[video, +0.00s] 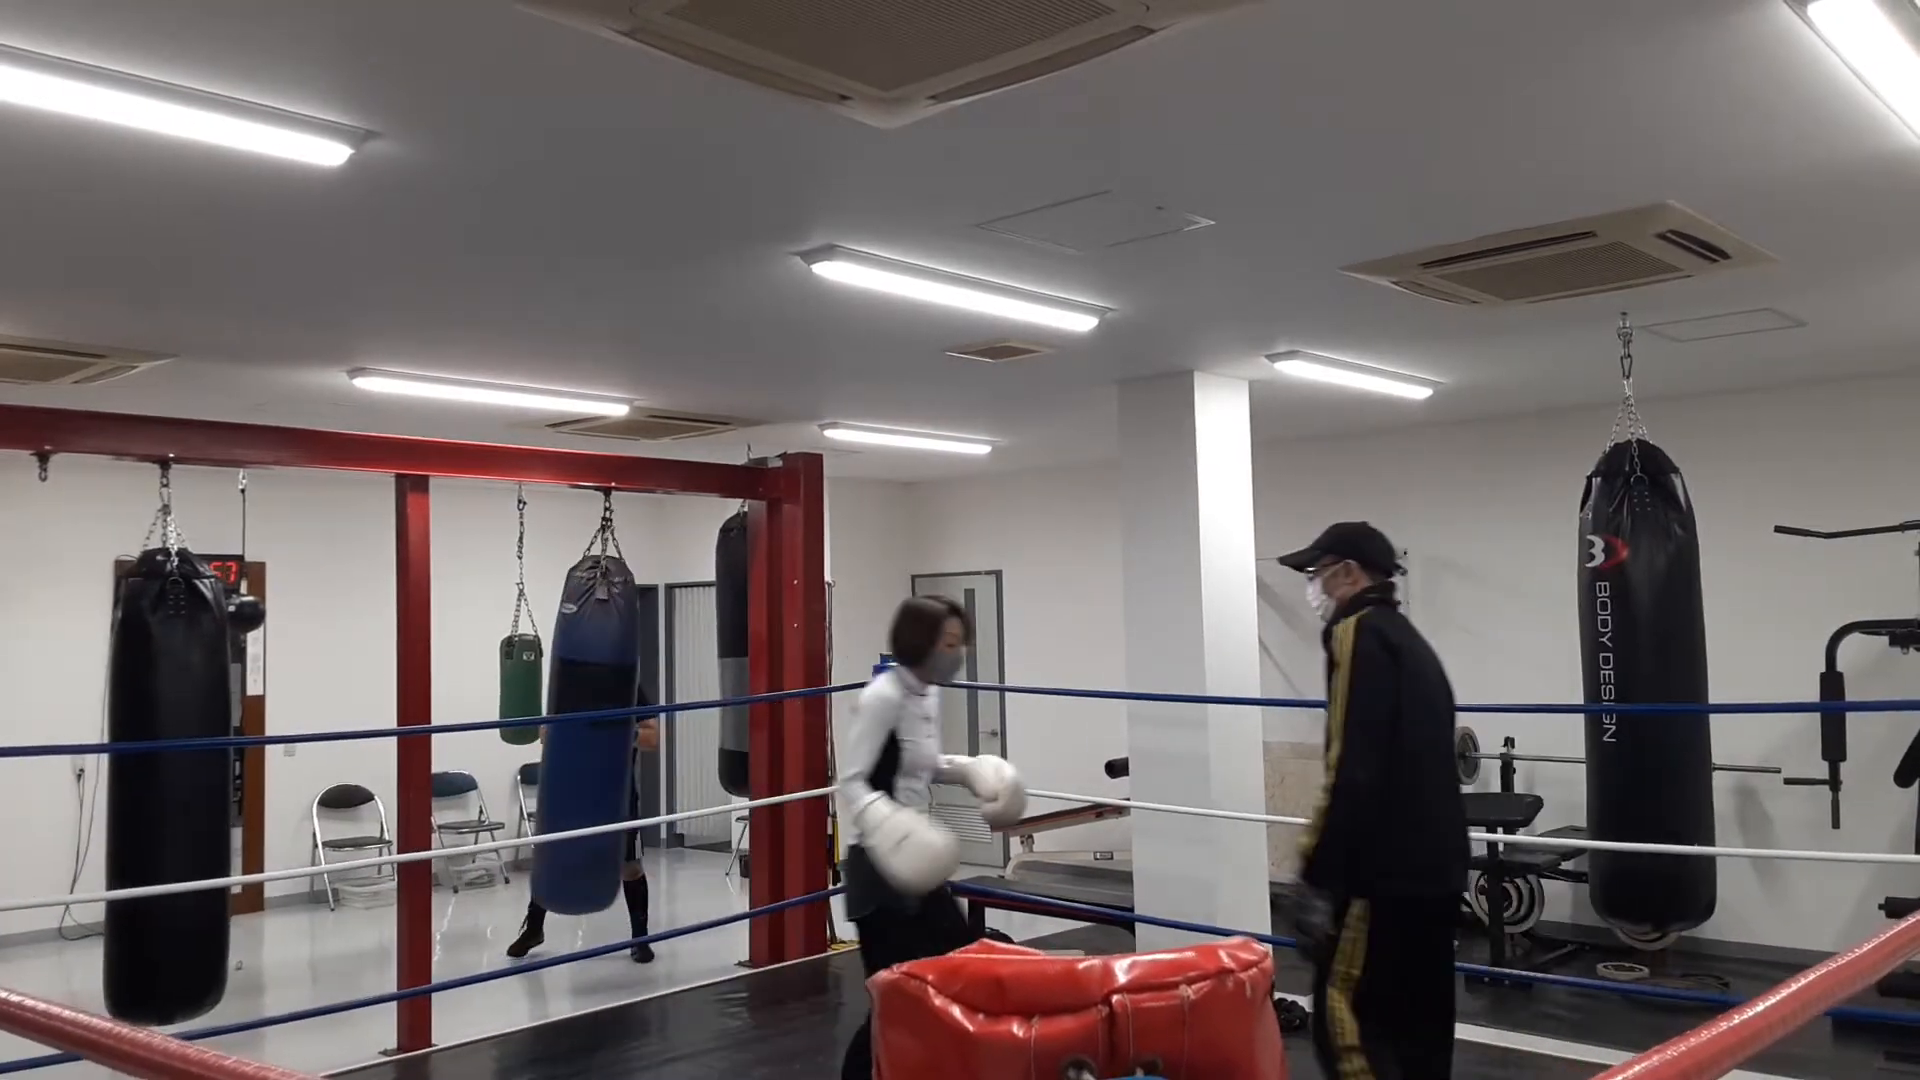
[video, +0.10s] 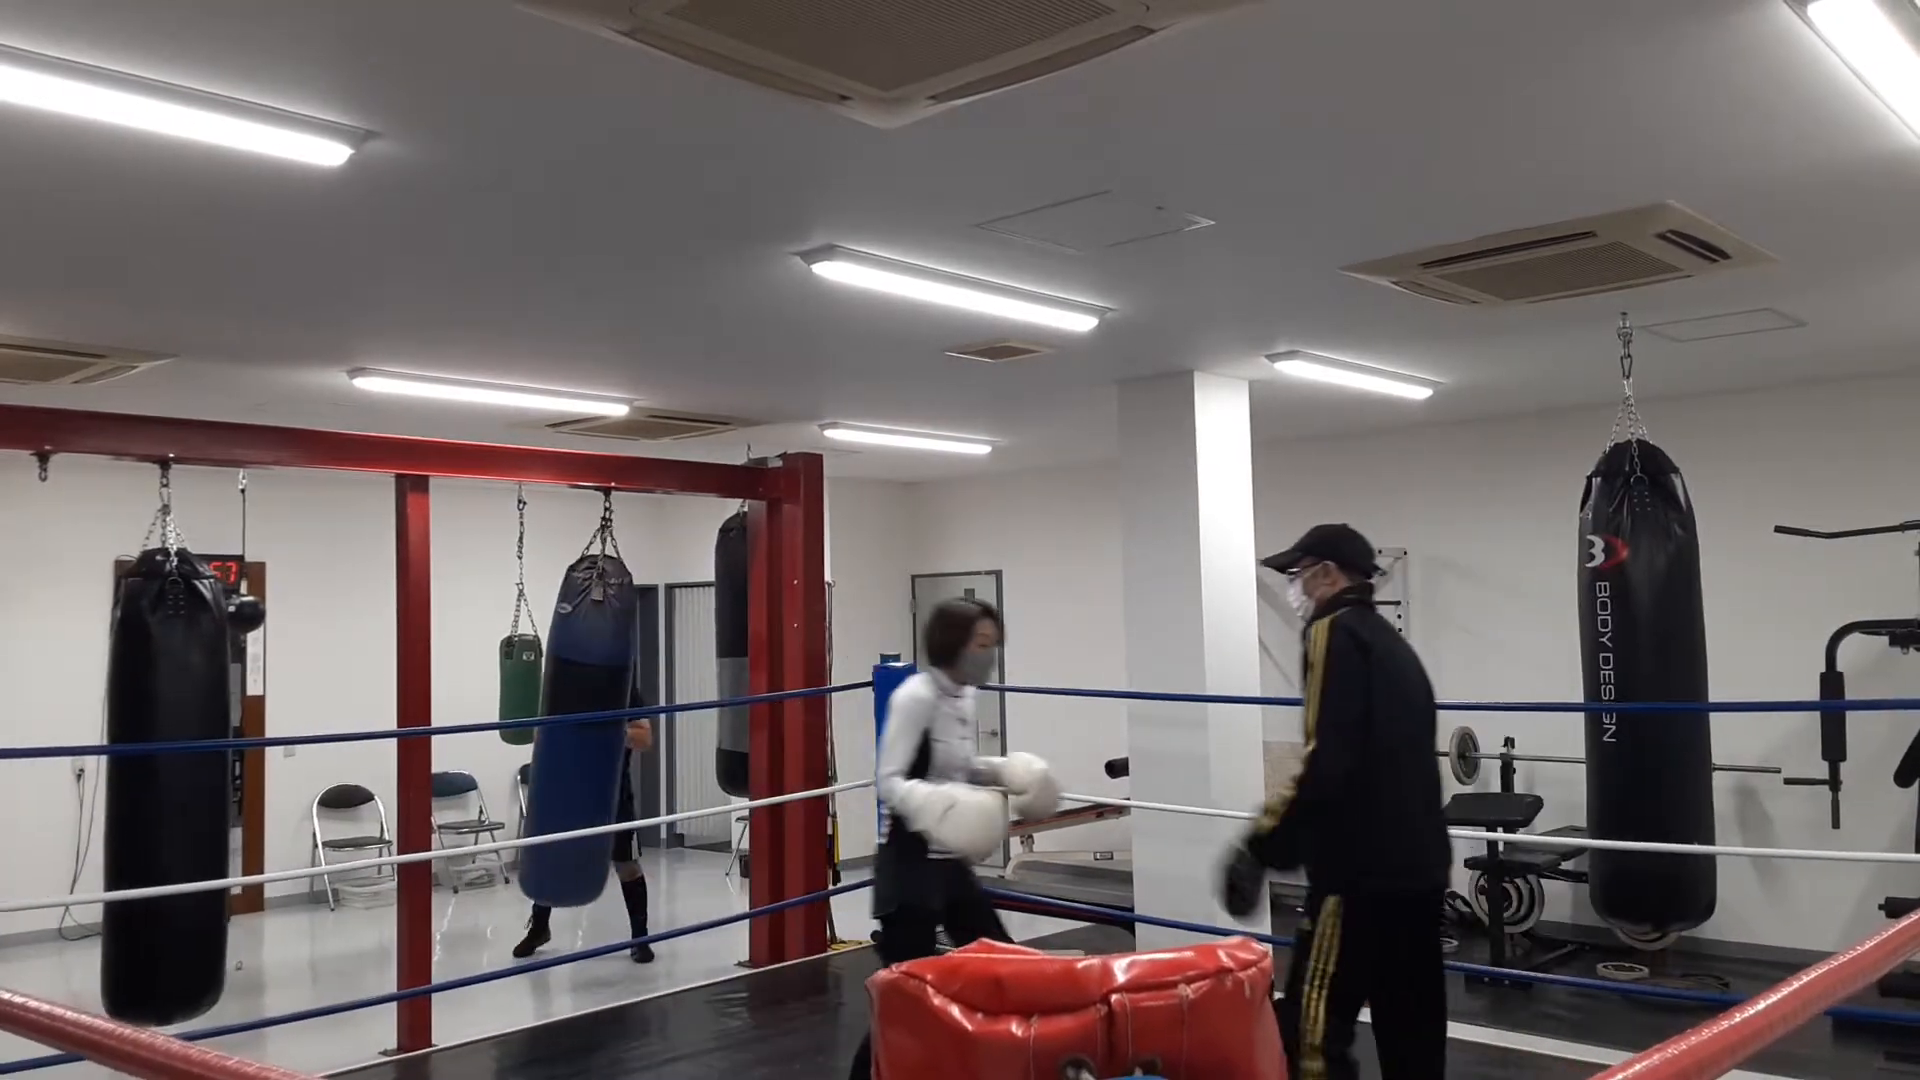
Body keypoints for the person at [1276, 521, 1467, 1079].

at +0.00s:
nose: (1312, 590)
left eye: (1318, 576)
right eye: (1311, 578)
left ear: (1349, 573)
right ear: (1364, 576)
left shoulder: (1359, 631)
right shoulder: (1408, 638)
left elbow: (1353, 768)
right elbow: (1426, 768)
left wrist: (1317, 878)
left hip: (1384, 866)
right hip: (1433, 862)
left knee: (1341, 1004)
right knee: (1419, 1012)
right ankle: (1423, 1077)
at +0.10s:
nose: (1297, 590)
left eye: (1303, 576)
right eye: (1296, 578)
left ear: (1332, 573)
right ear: (1355, 577)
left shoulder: (1334, 631)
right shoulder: (1394, 643)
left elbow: (1329, 759)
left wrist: (1259, 849)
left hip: (1356, 867)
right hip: (1416, 864)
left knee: (1312, 1025)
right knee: (1412, 1031)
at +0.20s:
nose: (1274, 592)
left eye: (1278, 579)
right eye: (1272, 581)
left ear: (1306, 575)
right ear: (1328, 579)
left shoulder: (1306, 636)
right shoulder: (1375, 645)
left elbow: (1296, 756)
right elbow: (1353, 758)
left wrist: (1207, 801)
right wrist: (1256, 767)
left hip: (1332, 868)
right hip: (1400, 865)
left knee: (1303, 1032)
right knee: (1406, 1036)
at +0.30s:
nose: (1246, 591)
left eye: (1252, 579)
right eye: (1247, 580)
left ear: (1279, 580)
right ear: (1303, 584)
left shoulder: (1270, 643)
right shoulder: (1356, 651)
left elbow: (1247, 755)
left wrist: (1153, 772)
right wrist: (1227, 731)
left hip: (1306, 874)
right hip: (1379, 874)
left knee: (1267, 1044)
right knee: (1398, 1051)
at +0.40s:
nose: (1220, 592)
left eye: (1226, 581)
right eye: (1220, 581)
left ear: (1251, 585)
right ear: (1279, 588)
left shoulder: (1230, 654)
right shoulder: (1323, 655)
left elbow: (1189, 762)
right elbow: (1272, 740)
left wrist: (1102, 767)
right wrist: (1168, 735)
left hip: (1266, 869)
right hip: (1343, 866)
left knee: (1235, 1013)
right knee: (1383, 1030)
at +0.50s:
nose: (1183, 589)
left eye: (1188, 579)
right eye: (1185, 579)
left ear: (1209, 585)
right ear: (1243, 587)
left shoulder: (1184, 658)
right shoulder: (1290, 654)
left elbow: (1145, 768)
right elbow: (1292, 752)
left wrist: (1089, 773)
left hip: (1225, 866)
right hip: (1307, 860)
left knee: (1213, 1014)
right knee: (1353, 1013)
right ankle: (1381, 1074)